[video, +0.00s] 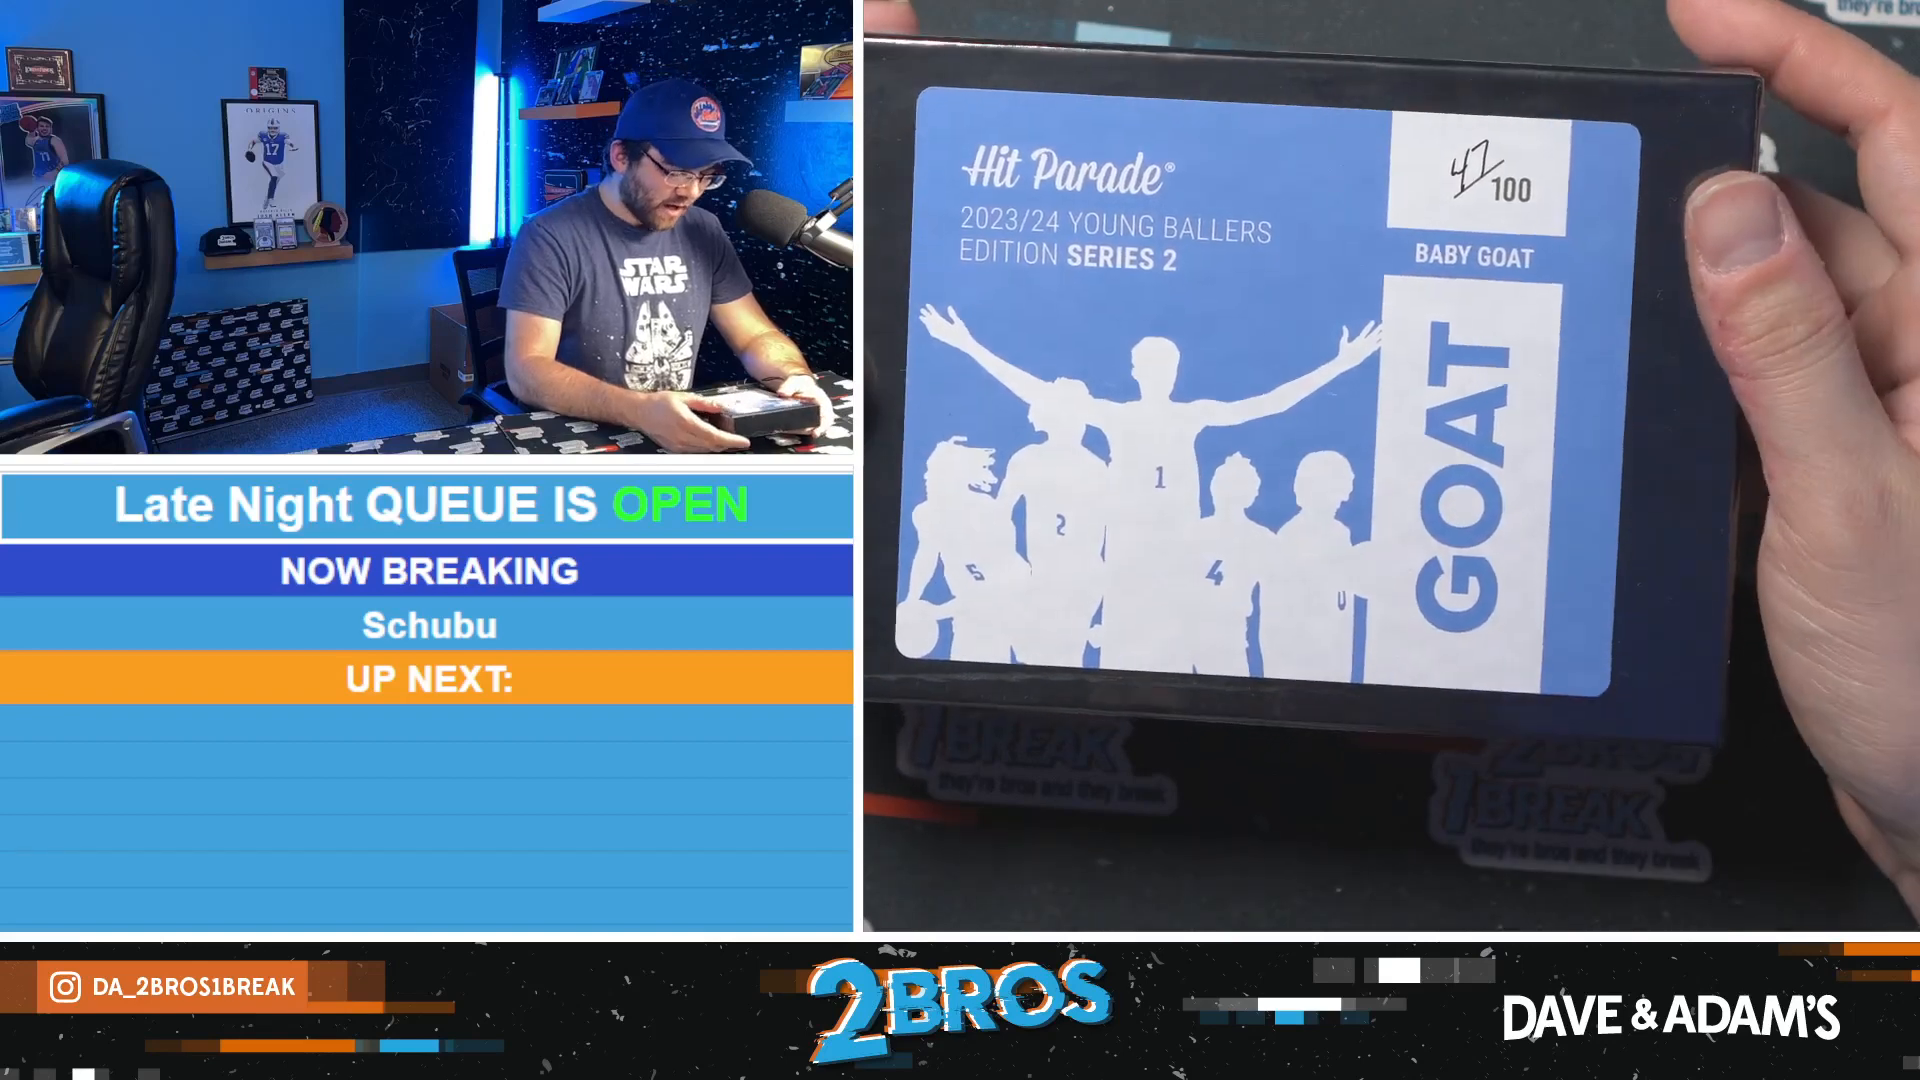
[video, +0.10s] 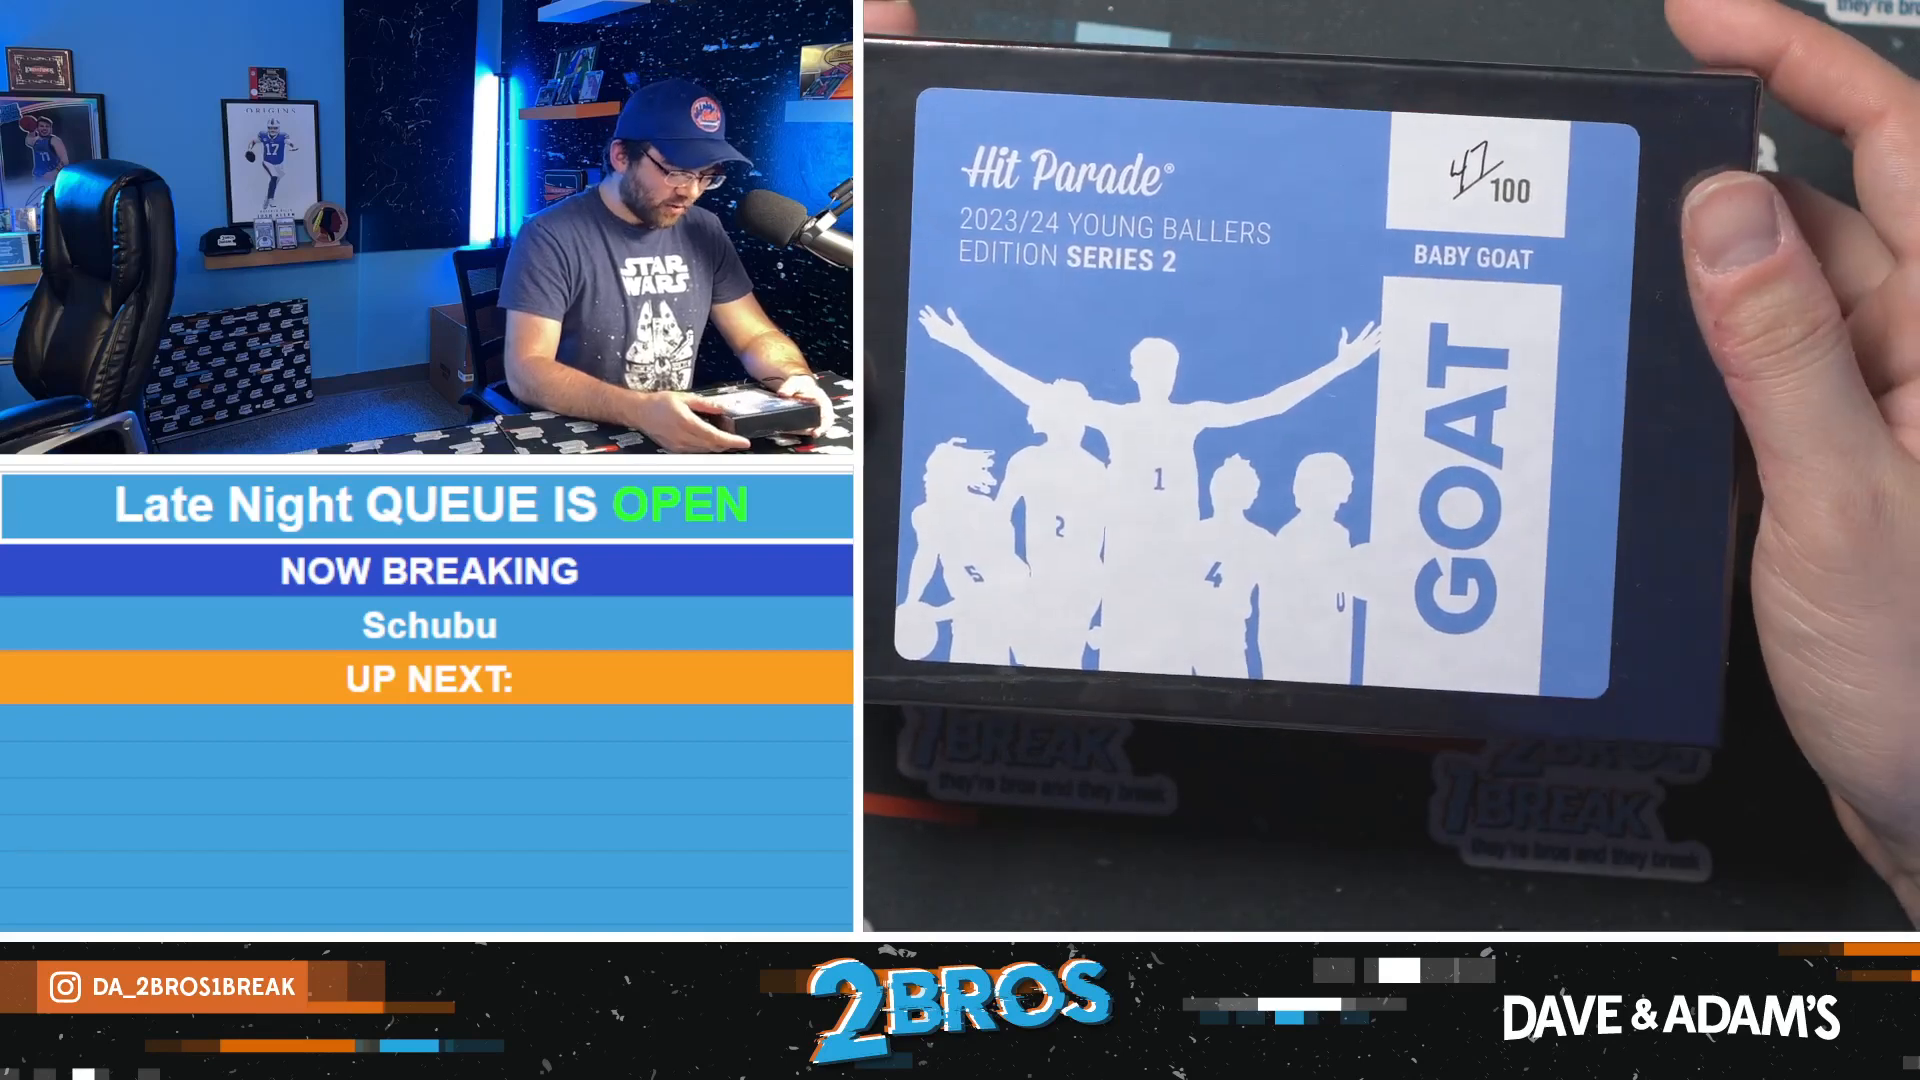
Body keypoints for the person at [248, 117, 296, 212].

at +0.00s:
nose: (273, 130)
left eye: (275, 128)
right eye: (271, 128)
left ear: (278, 128)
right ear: (268, 128)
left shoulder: (283, 136)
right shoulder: (263, 136)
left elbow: (290, 143)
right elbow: (253, 141)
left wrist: (292, 147)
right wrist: (250, 149)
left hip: (279, 164)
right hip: (267, 162)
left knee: (276, 182)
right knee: (274, 176)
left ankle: (267, 200)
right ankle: (270, 199)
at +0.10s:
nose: (273, 130)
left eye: (275, 128)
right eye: (271, 128)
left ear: (278, 128)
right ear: (268, 128)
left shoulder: (283, 136)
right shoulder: (263, 136)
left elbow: (290, 142)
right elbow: (253, 141)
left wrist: (292, 147)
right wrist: (250, 149)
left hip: (279, 164)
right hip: (267, 162)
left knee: (275, 182)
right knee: (274, 176)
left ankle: (267, 199)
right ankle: (270, 199)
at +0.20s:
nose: (273, 130)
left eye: (275, 128)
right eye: (271, 128)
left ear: (278, 128)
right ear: (268, 128)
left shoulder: (283, 136)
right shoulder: (263, 136)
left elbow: (290, 142)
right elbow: (253, 141)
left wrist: (292, 147)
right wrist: (250, 149)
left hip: (279, 164)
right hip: (267, 162)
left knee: (275, 182)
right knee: (274, 176)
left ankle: (267, 199)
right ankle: (270, 199)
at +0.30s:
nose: (273, 130)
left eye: (275, 128)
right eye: (271, 128)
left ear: (278, 128)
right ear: (268, 128)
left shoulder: (283, 136)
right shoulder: (263, 136)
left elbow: (290, 142)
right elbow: (253, 141)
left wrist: (292, 147)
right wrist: (250, 149)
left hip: (279, 164)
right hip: (267, 162)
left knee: (275, 182)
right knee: (274, 176)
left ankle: (267, 199)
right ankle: (270, 199)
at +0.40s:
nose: (273, 130)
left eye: (275, 128)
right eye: (271, 128)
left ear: (278, 128)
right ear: (268, 128)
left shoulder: (283, 136)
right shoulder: (263, 136)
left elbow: (290, 142)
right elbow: (253, 141)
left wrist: (292, 147)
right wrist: (250, 149)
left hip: (279, 164)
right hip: (267, 162)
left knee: (275, 182)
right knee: (274, 176)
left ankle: (267, 199)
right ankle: (270, 199)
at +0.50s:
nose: (273, 130)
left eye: (275, 128)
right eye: (271, 128)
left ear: (278, 128)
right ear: (268, 128)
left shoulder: (283, 136)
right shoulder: (263, 136)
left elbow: (290, 142)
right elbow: (253, 141)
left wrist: (292, 147)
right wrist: (250, 149)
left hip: (279, 164)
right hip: (267, 162)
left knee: (275, 182)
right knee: (274, 176)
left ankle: (267, 199)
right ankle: (270, 199)